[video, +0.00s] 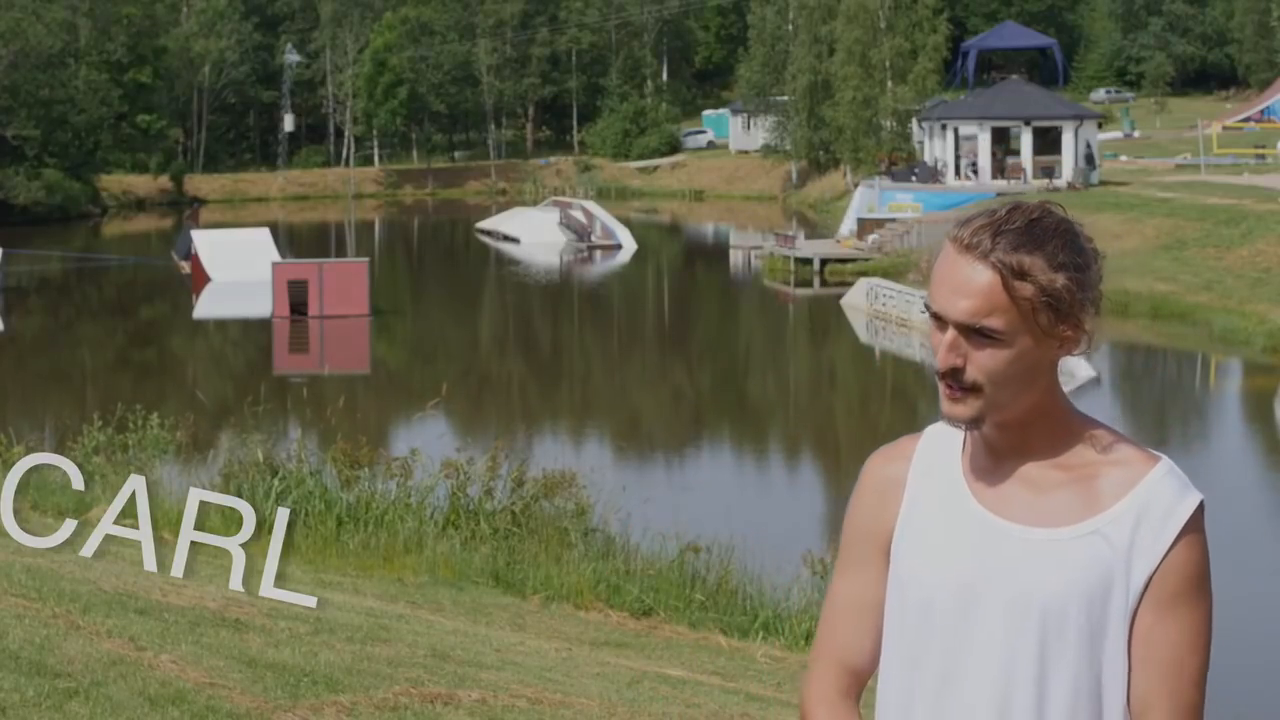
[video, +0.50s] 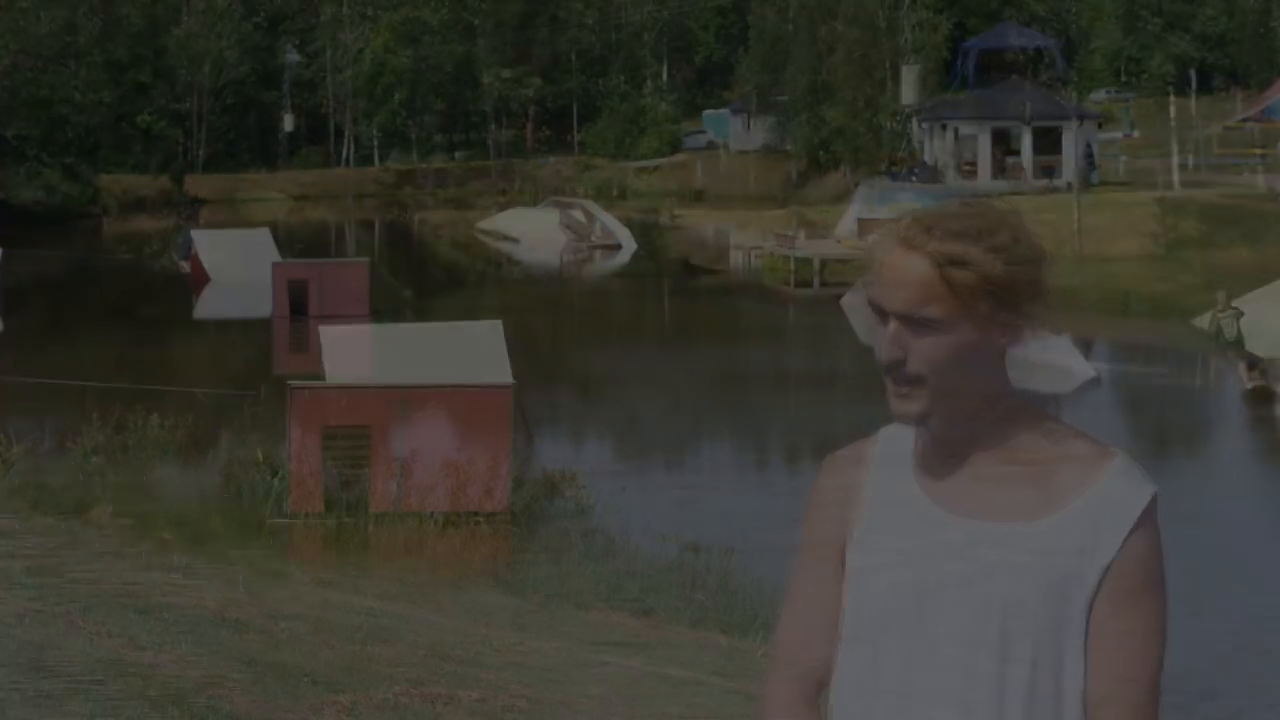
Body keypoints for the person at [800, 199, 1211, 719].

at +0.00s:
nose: (946, 358)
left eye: (983, 335)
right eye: (939, 323)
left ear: (1065, 337)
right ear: (929, 309)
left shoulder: (1155, 509)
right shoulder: (893, 478)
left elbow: (1164, 711)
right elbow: (831, 688)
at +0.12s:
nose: (931, 355)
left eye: (967, 331)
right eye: (923, 320)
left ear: (1050, 333)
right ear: (913, 308)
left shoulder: (1141, 507)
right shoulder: (877, 479)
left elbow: (1150, 710)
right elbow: (816, 689)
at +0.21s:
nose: (920, 355)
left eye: (957, 331)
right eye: (913, 320)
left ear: (1040, 332)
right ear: (903, 308)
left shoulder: (1133, 507)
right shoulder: (868, 480)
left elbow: (1142, 709)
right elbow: (809, 687)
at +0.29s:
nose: (911, 355)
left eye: (947, 331)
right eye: (903, 320)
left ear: (1030, 333)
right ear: (893, 308)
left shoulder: (1125, 508)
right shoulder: (861, 480)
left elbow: (1134, 710)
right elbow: (801, 693)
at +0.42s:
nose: (897, 352)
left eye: (932, 328)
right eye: (889, 318)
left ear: (1016, 330)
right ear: (877, 310)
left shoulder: (1114, 505)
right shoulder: (853, 480)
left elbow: (1125, 709)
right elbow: (793, 693)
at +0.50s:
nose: (888, 352)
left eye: (922, 325)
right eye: (880, 318)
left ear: (1004, 329)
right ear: (868, 309)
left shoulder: (1107, 499)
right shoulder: (850, 481)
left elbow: (1122, 705)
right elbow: (794, 688)